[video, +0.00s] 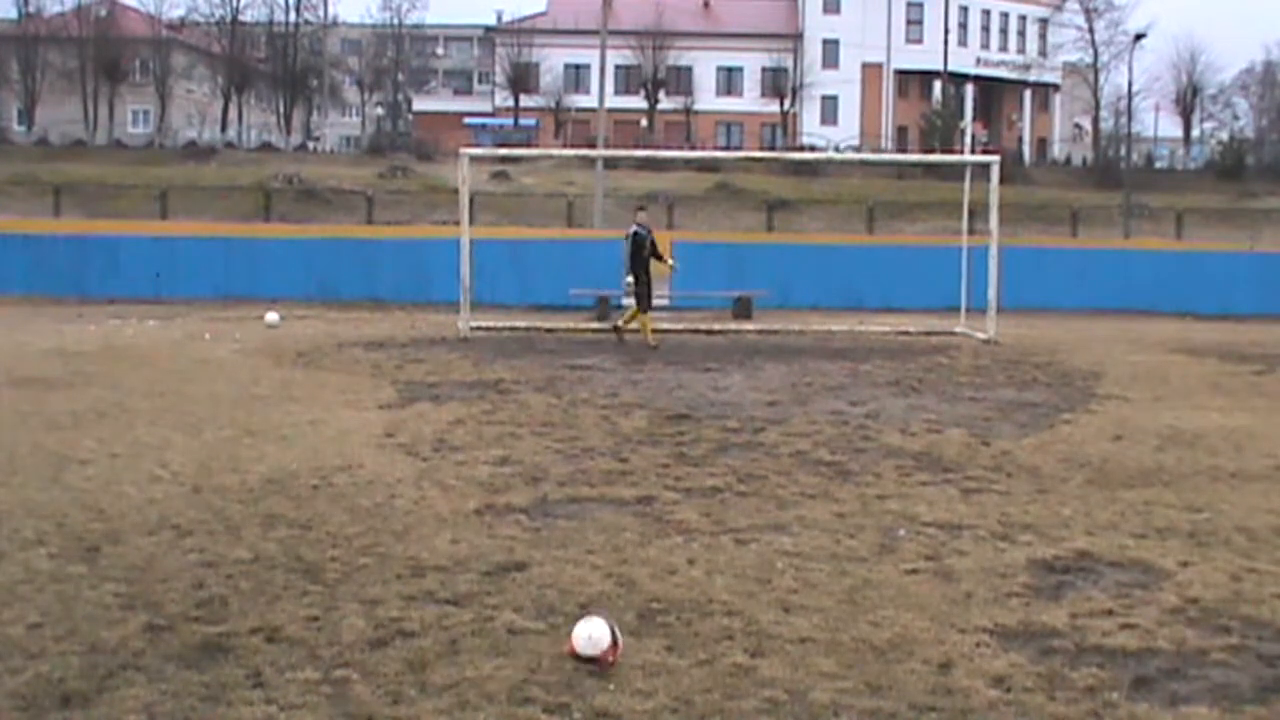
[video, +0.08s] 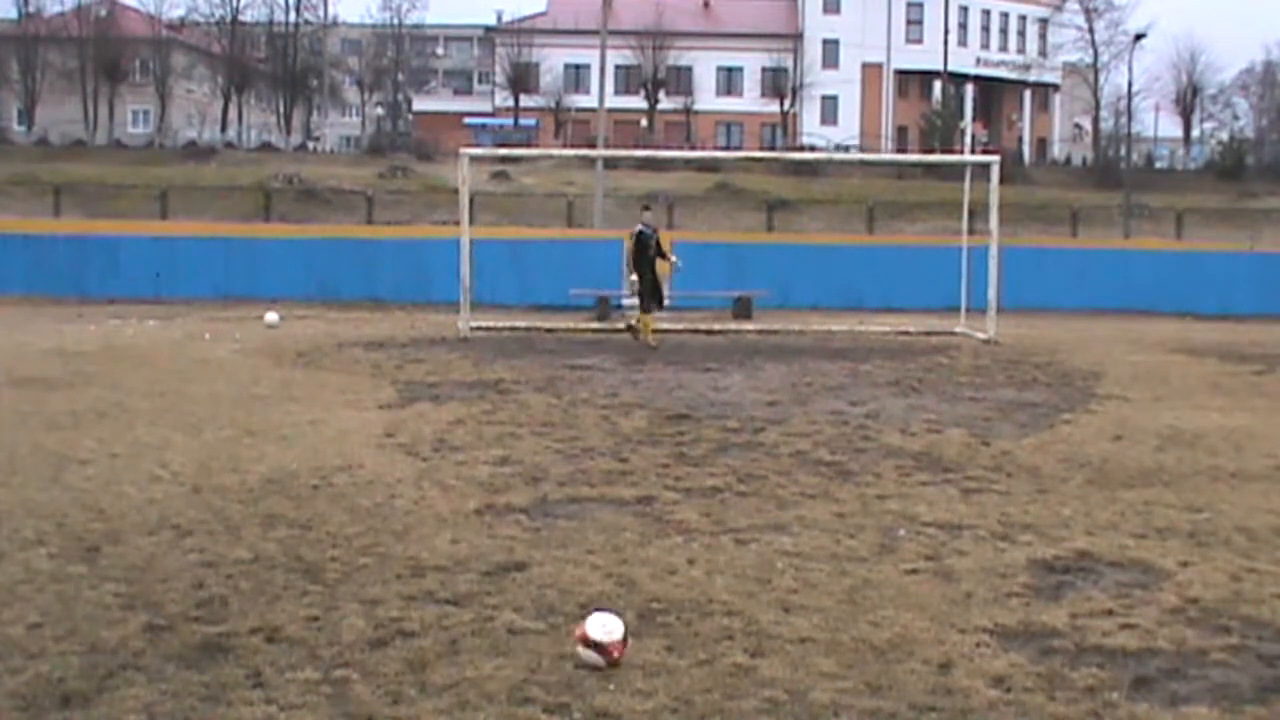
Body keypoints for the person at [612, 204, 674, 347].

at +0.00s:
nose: (642, 219)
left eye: (644, 215)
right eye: (639, 215)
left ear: (647, 217)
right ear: (635, 217)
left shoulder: (648, 234)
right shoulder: (632, 234)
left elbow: (654, 252)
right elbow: (629, 256)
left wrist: (665, 261)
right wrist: (629, 274)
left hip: (645, 271)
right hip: (637, 272)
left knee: (643, 305)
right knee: (642, 307)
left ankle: (621, 324)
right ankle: (649, 339)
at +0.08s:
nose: (648, 218)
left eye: (650, 215)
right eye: (646, 215)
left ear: (653, 216)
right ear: (641, 217)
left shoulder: (654, 233)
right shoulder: (637, 234)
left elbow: (658, 251)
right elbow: (632, 255)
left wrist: (669, 258)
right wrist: (632, 272)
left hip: (651, 270)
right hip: (641, 271)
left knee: (656, 300)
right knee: (646, 303)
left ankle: (638, 324)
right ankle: (648, 335)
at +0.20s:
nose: (658, 220)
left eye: (660, 217)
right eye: (655, 217)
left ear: (663, 218)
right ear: (650, 219)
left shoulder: (664, 234)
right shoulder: (645, 235)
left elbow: (668, 251)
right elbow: (634, 255)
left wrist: (672, 262)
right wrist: (639, 270)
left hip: (661, 271)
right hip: (648, 273)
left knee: (671, 301)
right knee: (652, 307)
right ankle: (650, 335)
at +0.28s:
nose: (664, 223)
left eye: (666, 220)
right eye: (661, 220)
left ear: (669, 222)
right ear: (656, 222)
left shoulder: (671, 237)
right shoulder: (649, 237)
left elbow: (673, 254)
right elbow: (635, 255)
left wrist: (675, 264)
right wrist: (643, 269)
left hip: (666, 272)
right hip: (652, 273)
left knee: (678, 302)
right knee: (655, 306)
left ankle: (678, 334)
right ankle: (651, 336)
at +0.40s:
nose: (672, 232)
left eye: (675, 228)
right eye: (670, 228)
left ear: (678, 230)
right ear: (665, 229)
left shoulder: (682, 243)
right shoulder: (657, 244)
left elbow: (686, 256)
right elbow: (641, 252)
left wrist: (686, 266)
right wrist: (646, 268)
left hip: (674, 277)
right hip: (658, 278)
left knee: (686, 306)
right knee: (659, 311)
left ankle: (701, 334)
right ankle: (652, 338)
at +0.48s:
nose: (679, 237)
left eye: (681, 234)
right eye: (676, 233)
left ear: (685, 235)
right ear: (672, 234)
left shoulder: (688, 248)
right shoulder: (664, 248)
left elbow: (698, 253)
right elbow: (648, 252)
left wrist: (695, 267)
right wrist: (651, 268)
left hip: (682, 280)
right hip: (665, 281)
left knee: (694, 308)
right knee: (662, 312)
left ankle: (707, 338)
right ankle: (653, 338)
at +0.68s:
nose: (693, 248)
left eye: (695, 245)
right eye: (691, 245)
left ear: (699, 246)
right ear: (687, 246)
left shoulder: (704, 258)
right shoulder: (679, 257)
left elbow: (717, 262)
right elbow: (665, 259)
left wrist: (712, 276)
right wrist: (669, 273)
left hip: (698, 284)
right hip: (680, 284)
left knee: (709, 310)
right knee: (668, 307)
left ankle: (711, 339)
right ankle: (672, 333)